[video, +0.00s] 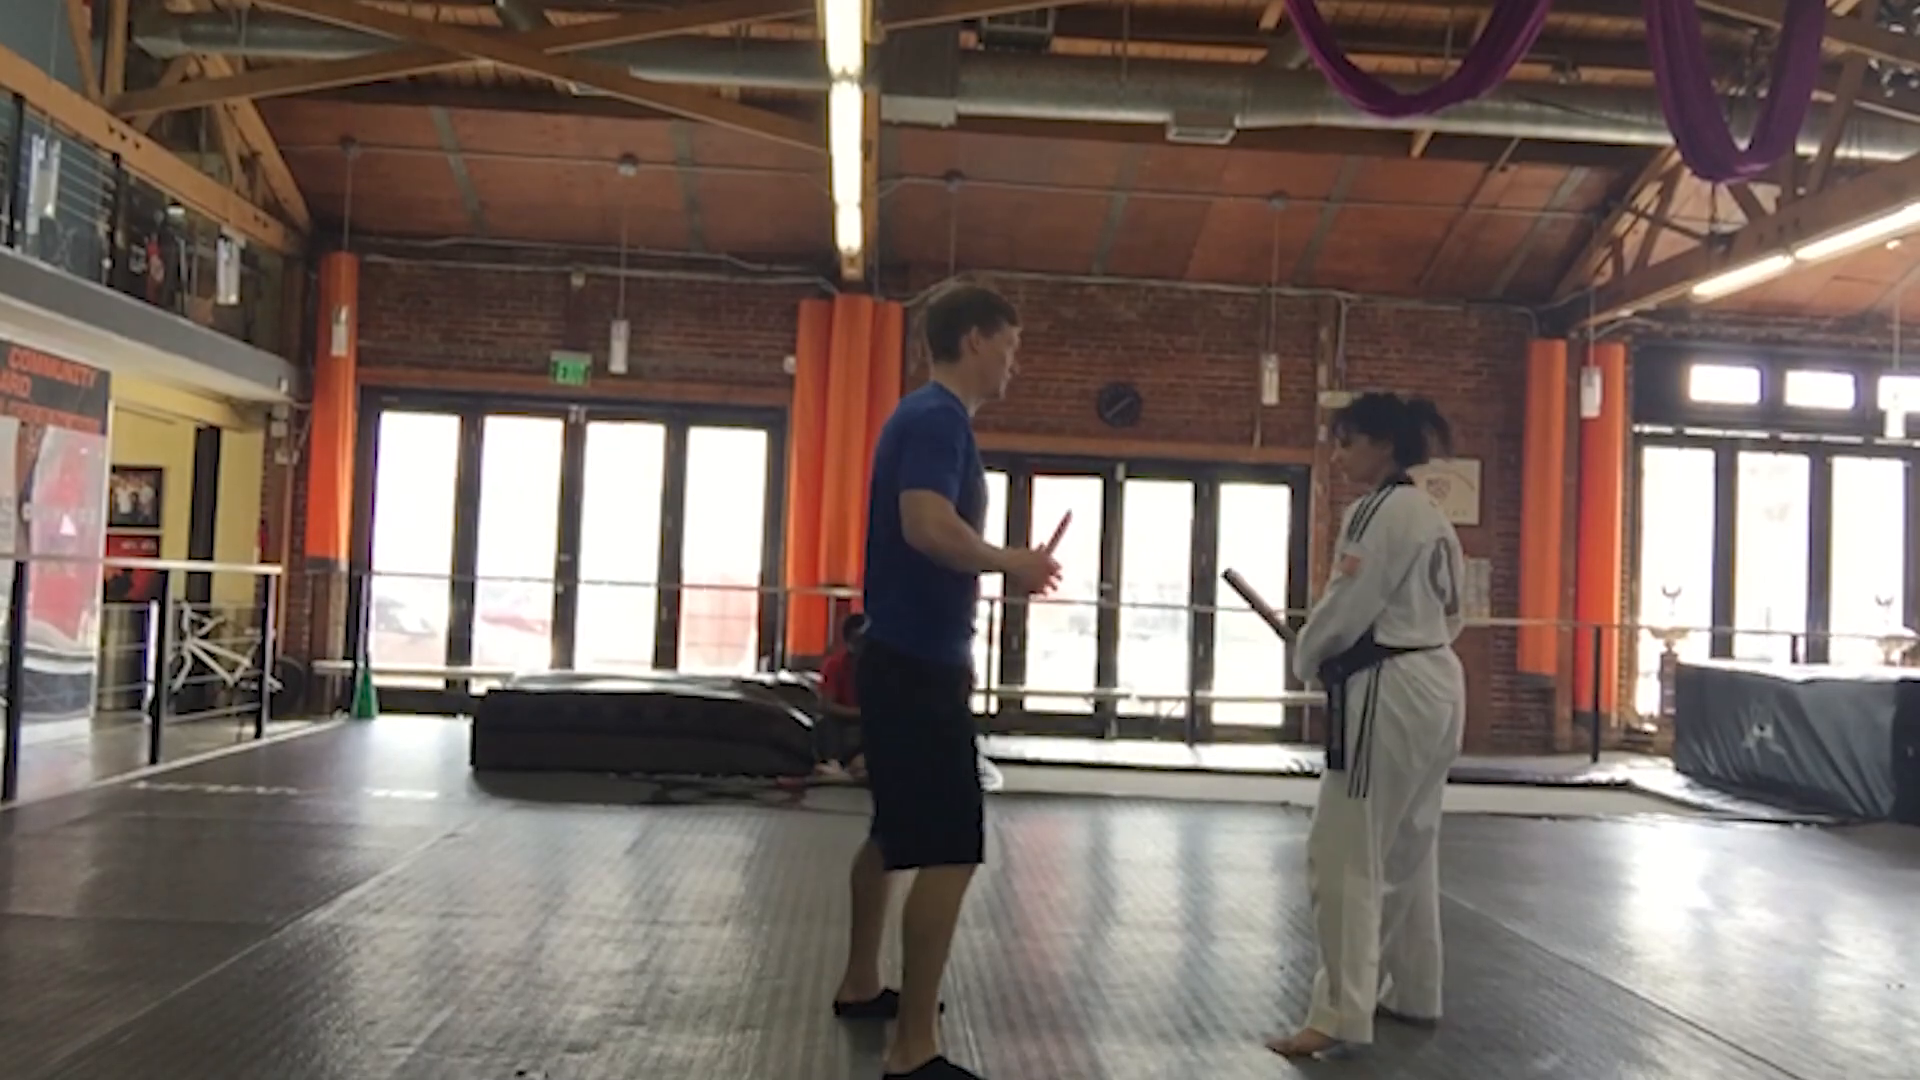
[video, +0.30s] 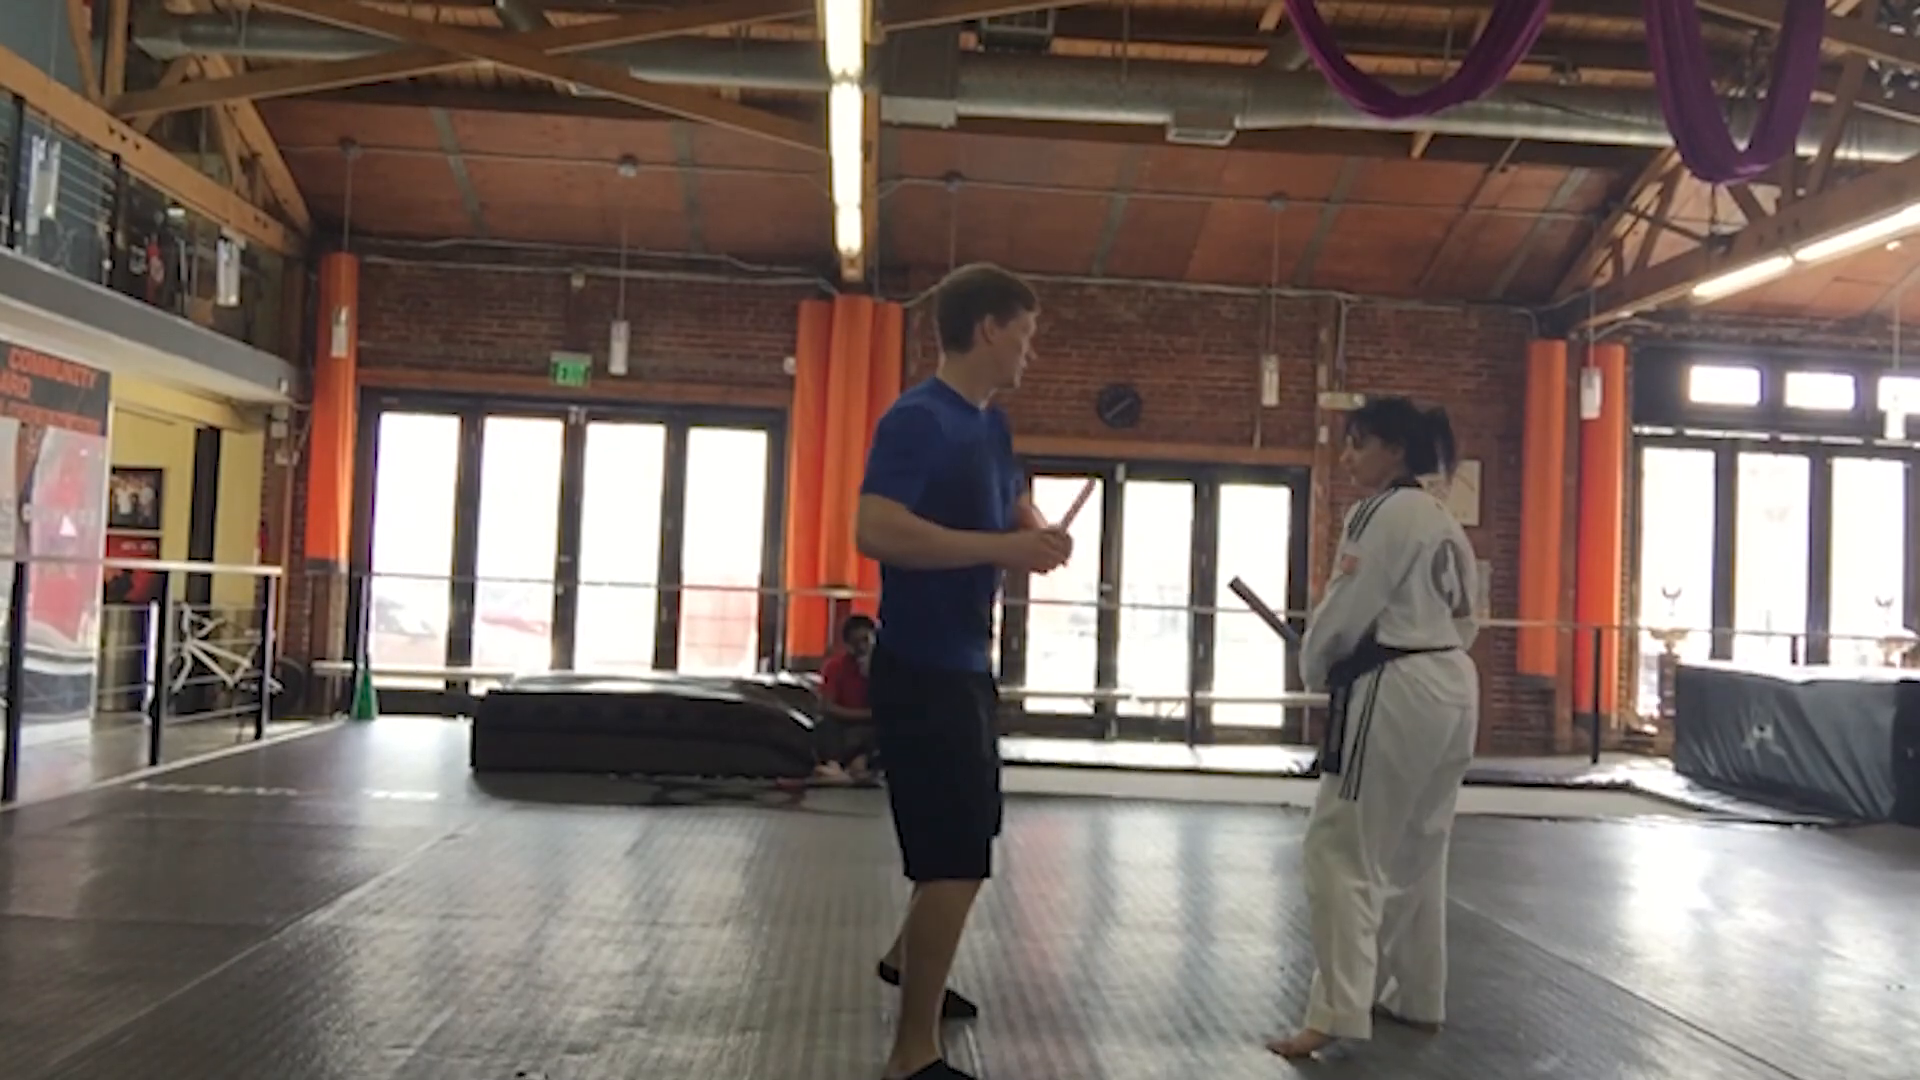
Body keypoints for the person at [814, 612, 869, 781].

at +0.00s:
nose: (864, 644)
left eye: (866, 638)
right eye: (859, 639)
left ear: (869, 637)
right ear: (848, 638)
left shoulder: (872, 662)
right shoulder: (836, 664)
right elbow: (827, 705)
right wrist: (859, 712)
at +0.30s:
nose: (864, 646)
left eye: (867, 639)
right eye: (858, 641)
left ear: (874, 638)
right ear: (848, 642)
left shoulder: (879, 664)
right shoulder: (835, 666)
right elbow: (827, 707)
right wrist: (868, 714)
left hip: (869, 723)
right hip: (841, 722)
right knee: (826, 725)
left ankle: (860, 764)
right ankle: (833, 765)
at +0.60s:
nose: (862, 645)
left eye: (866, 639)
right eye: (856, 641)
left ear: (873, 639)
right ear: (847, 643)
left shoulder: (880, 664)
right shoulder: (835, 666)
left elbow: (883, 706)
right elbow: (827, 706)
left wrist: (868, 674)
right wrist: (869, 713)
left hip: (872, 722)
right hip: (842, 721)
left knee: (895, 730)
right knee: (823, 728)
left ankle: (861, 763)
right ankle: (833, 766)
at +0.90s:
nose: (861, 646)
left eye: (865, 639)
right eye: (855, 641)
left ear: (873, 639)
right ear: (847, 643)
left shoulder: (885, 667)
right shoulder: (834, 667)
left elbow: (894, 708)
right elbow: (826, 707)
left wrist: (868, 675)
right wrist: (869, 713)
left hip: (876, 723)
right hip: (843, 722)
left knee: (903, 723)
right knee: (824, 727)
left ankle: (863, 762)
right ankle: (833, 766)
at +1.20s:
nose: (861, 646)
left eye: (865, 639)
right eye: (855, 641)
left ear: (873, 639)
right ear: (847, 643)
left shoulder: (884, 667)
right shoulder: (834, 666)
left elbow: (894, 707)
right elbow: (826, 707)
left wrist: (869, 675)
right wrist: (869, 712)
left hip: (875, 721)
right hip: (843, 721)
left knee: (904, 722)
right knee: (824, 727)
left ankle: (864, 761)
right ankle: (833, 766)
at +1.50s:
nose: (861, 648)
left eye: (865, 641)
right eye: (855, 643)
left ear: (873, 641)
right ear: (846, 646)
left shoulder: (885, 669)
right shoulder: (834, 668)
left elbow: (886, 708)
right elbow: (826, 709)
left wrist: (868, 676)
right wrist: (868, 715)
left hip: (873, 723)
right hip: (841, 723)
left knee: (895, 728)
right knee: (824, 728)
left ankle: (861, 765)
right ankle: (833, 767)